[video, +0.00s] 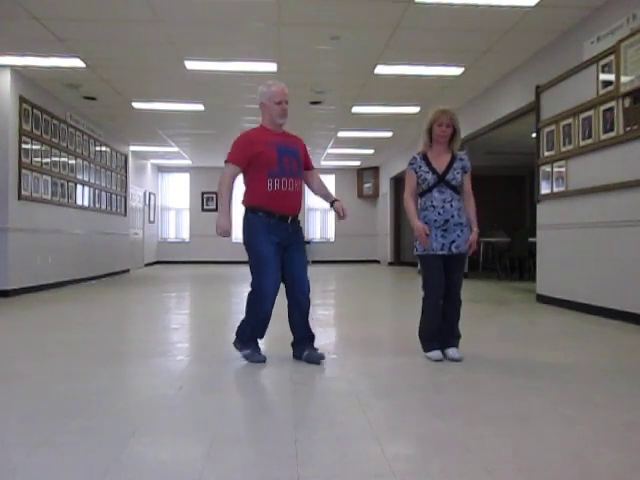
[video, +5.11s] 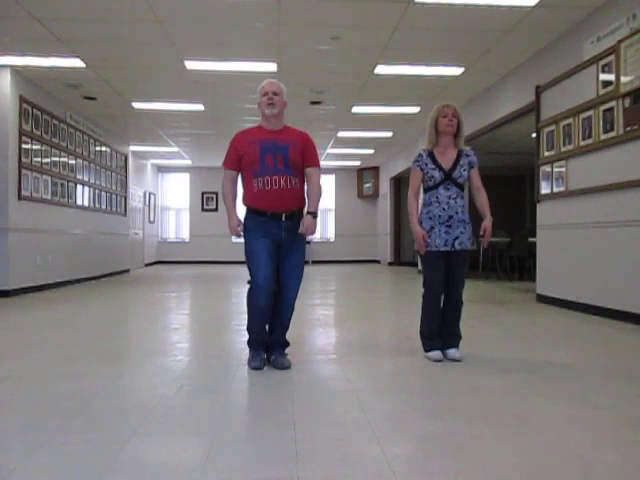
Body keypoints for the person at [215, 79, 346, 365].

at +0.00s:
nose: (285, 107)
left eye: (287, 103)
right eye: (279, 103)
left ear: (288, 105)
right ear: (263, 106)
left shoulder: (296, 143)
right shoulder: (249, 140)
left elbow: (312, 179)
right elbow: (228, 176)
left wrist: (333, 200)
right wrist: (224, 215)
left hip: (291, 224)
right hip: (260, 222)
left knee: (299, 287)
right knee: (267, 284)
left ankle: (303, 346)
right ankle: (246, 339)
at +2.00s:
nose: (274, 103)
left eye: (279, 99)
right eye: (269, 99)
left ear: (288, 106)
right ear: (261, 107)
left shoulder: (305, 144)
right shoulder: (247, 146)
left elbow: (318, 186)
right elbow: (234, 186)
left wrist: (317, 223)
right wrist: (229, 223)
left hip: (296, 228)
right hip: (260, 229)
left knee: (300, 292)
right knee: (260, 293)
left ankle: (298, 347)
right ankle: (261, 348)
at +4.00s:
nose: (263, 99)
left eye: (268, 95)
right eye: (257, 96)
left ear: (276, 103)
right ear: (249, 105)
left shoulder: (294, 140)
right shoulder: (235, 143)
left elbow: (306, 180)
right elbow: (224, 183)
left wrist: (299, 214)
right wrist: (223, 221)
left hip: (286, 223)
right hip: (251, 223)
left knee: (285, 291)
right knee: (251, 288)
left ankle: (277, 349)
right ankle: (248, 346)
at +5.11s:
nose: (270, 97)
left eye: (275, 93)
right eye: (265, 94)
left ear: (285, 102)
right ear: (258, 102)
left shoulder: (301, 139)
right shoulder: (243, 139)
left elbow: (313, 179)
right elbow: (229, 178)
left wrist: (311, 213)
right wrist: (232, 215)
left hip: (293, 221)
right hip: (258, 220)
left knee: (289, 288)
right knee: (262, 285)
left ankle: (277, 348)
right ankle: (257, 348)